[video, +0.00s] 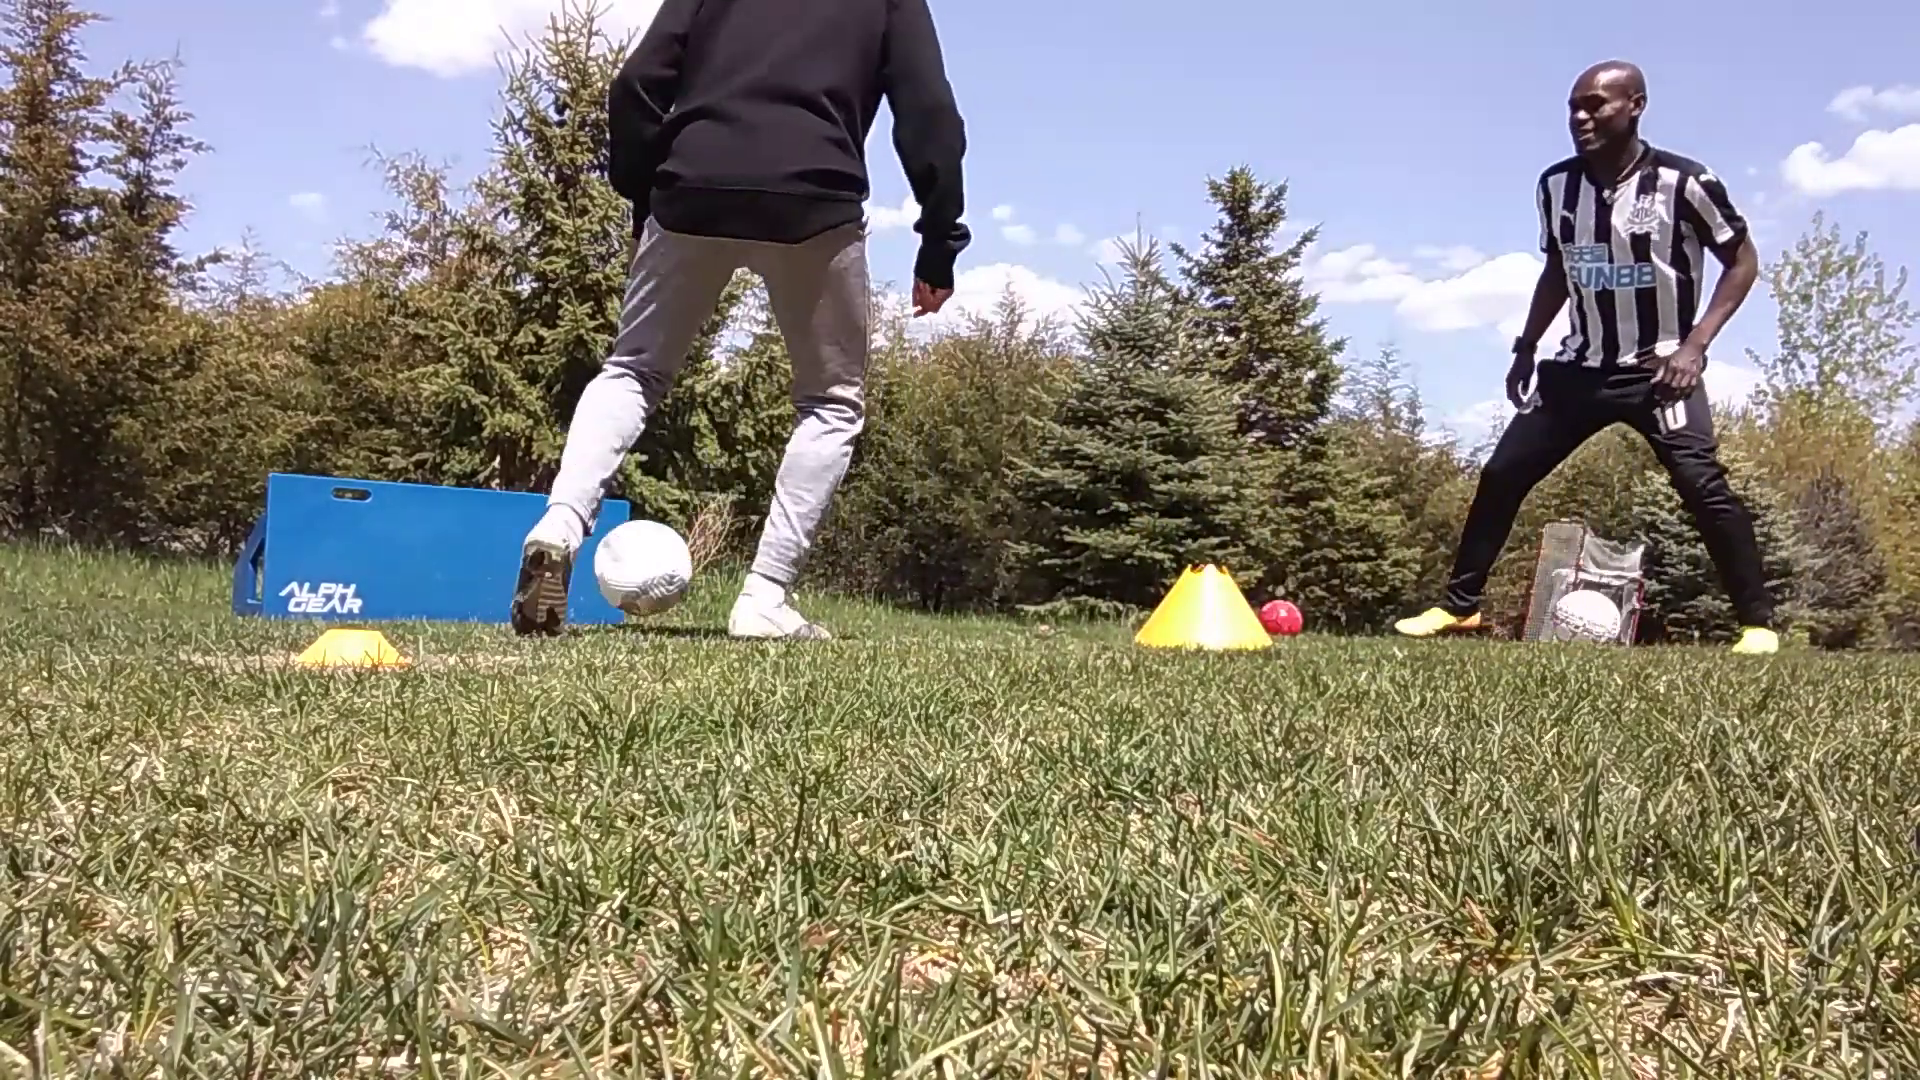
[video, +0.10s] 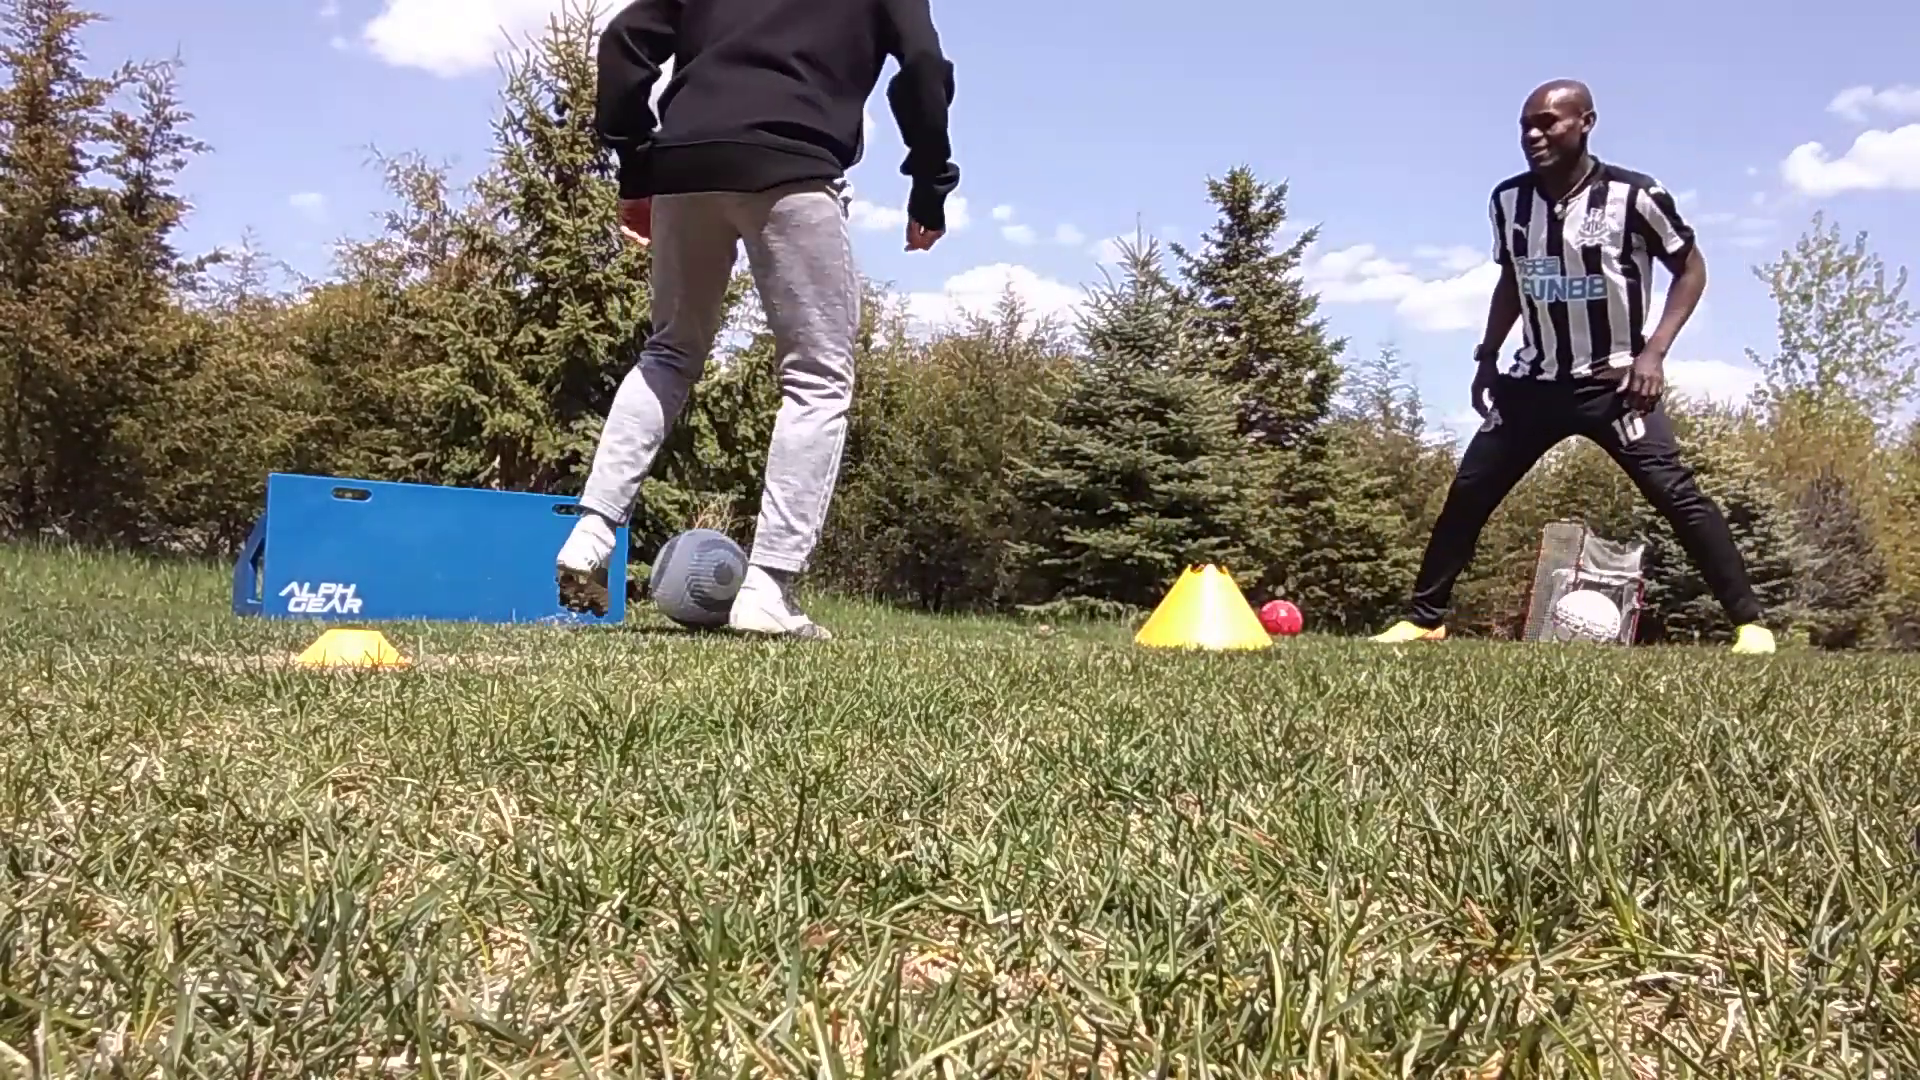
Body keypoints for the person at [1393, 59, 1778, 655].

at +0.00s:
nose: (1578, 117)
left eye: (1592, 105)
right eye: (1573, 107)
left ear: (1634, 108)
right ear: (1569, 113)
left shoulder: (1686, 185)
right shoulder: (1556, 187)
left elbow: (1744, 263)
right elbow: (1559, 269)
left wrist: (1696, 344)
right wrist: (1527, 343)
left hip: (1663, 369)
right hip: (1580, 371)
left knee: (1699, 482)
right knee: (1501, 474)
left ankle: (1760, 625)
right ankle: (1460, 606)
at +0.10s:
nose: (1531, 135)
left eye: (1545, 122)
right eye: (1526, 125)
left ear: (1585, 125)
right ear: (1522, 131)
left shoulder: (1637, 197)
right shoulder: (1508, 202)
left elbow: (1692, 272)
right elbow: (1513, 279)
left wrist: (1654, 350)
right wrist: (1487, 350)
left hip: (1616, 383)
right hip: (1532, 385)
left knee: (1675, 494)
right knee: (1467, 494)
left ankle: (1750, 624)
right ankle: (1423, 619)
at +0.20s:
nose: (1478, 158)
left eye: (1492, 146)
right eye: (1472, 149)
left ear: (1530, 148)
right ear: (1467, 156)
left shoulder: (1580, 215)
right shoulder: (1459, 226)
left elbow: (1638, 286)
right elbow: (1461, 301)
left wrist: (1611, 362)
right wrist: (1439, 376)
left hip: (1573, 390)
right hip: (1498, 393)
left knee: (1635, 500)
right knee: (1431, 494)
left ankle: (1721, 621)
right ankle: (1422, 624)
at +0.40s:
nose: (1425, 168)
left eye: (1437, 155)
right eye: (1418, 158)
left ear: (1473, 153)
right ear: (1414, 162)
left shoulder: (1531, 203)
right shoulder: (1418, 229)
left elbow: (1601, 261)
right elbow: (1433, 303)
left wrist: (1571, 343)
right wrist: (1402, 376)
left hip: (1551, 370)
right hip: (1482, 381)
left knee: (1582, 480)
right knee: (1439, 490)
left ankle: (1641, 617)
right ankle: (1422, 622)